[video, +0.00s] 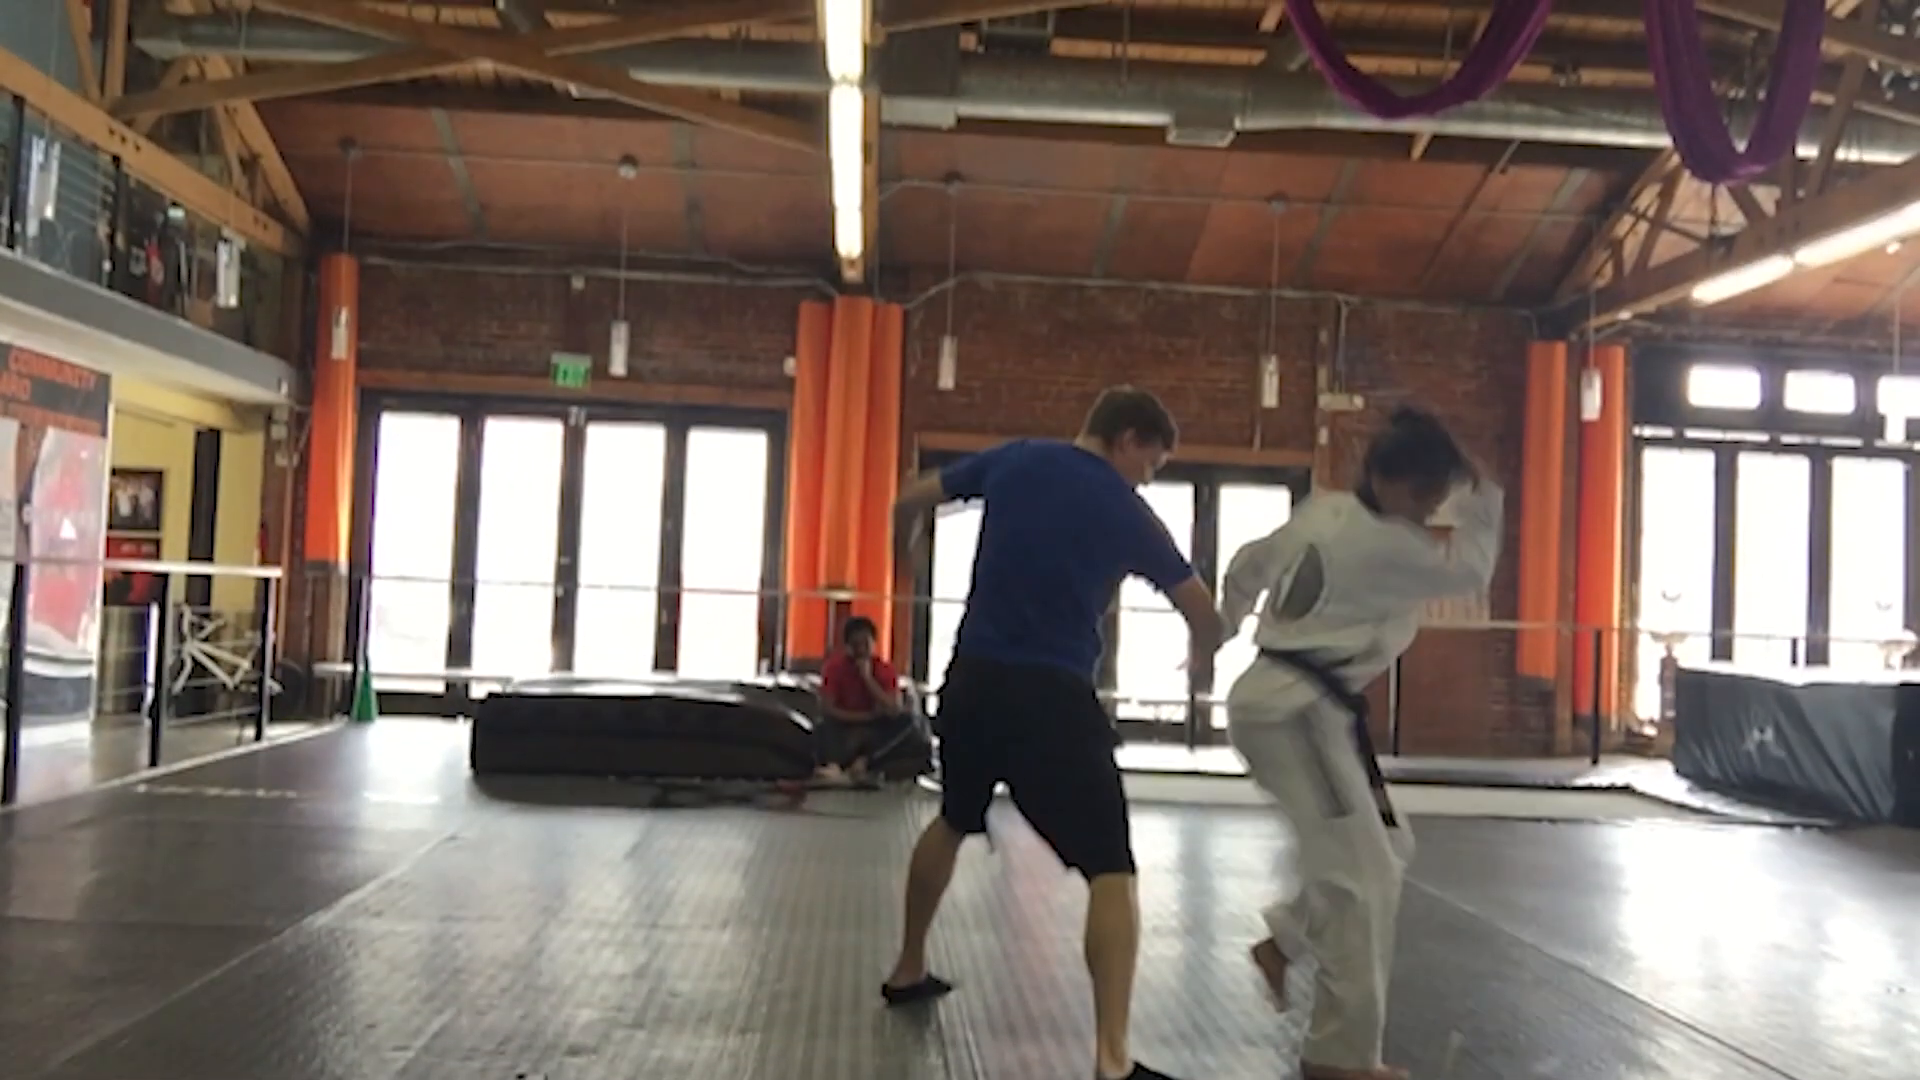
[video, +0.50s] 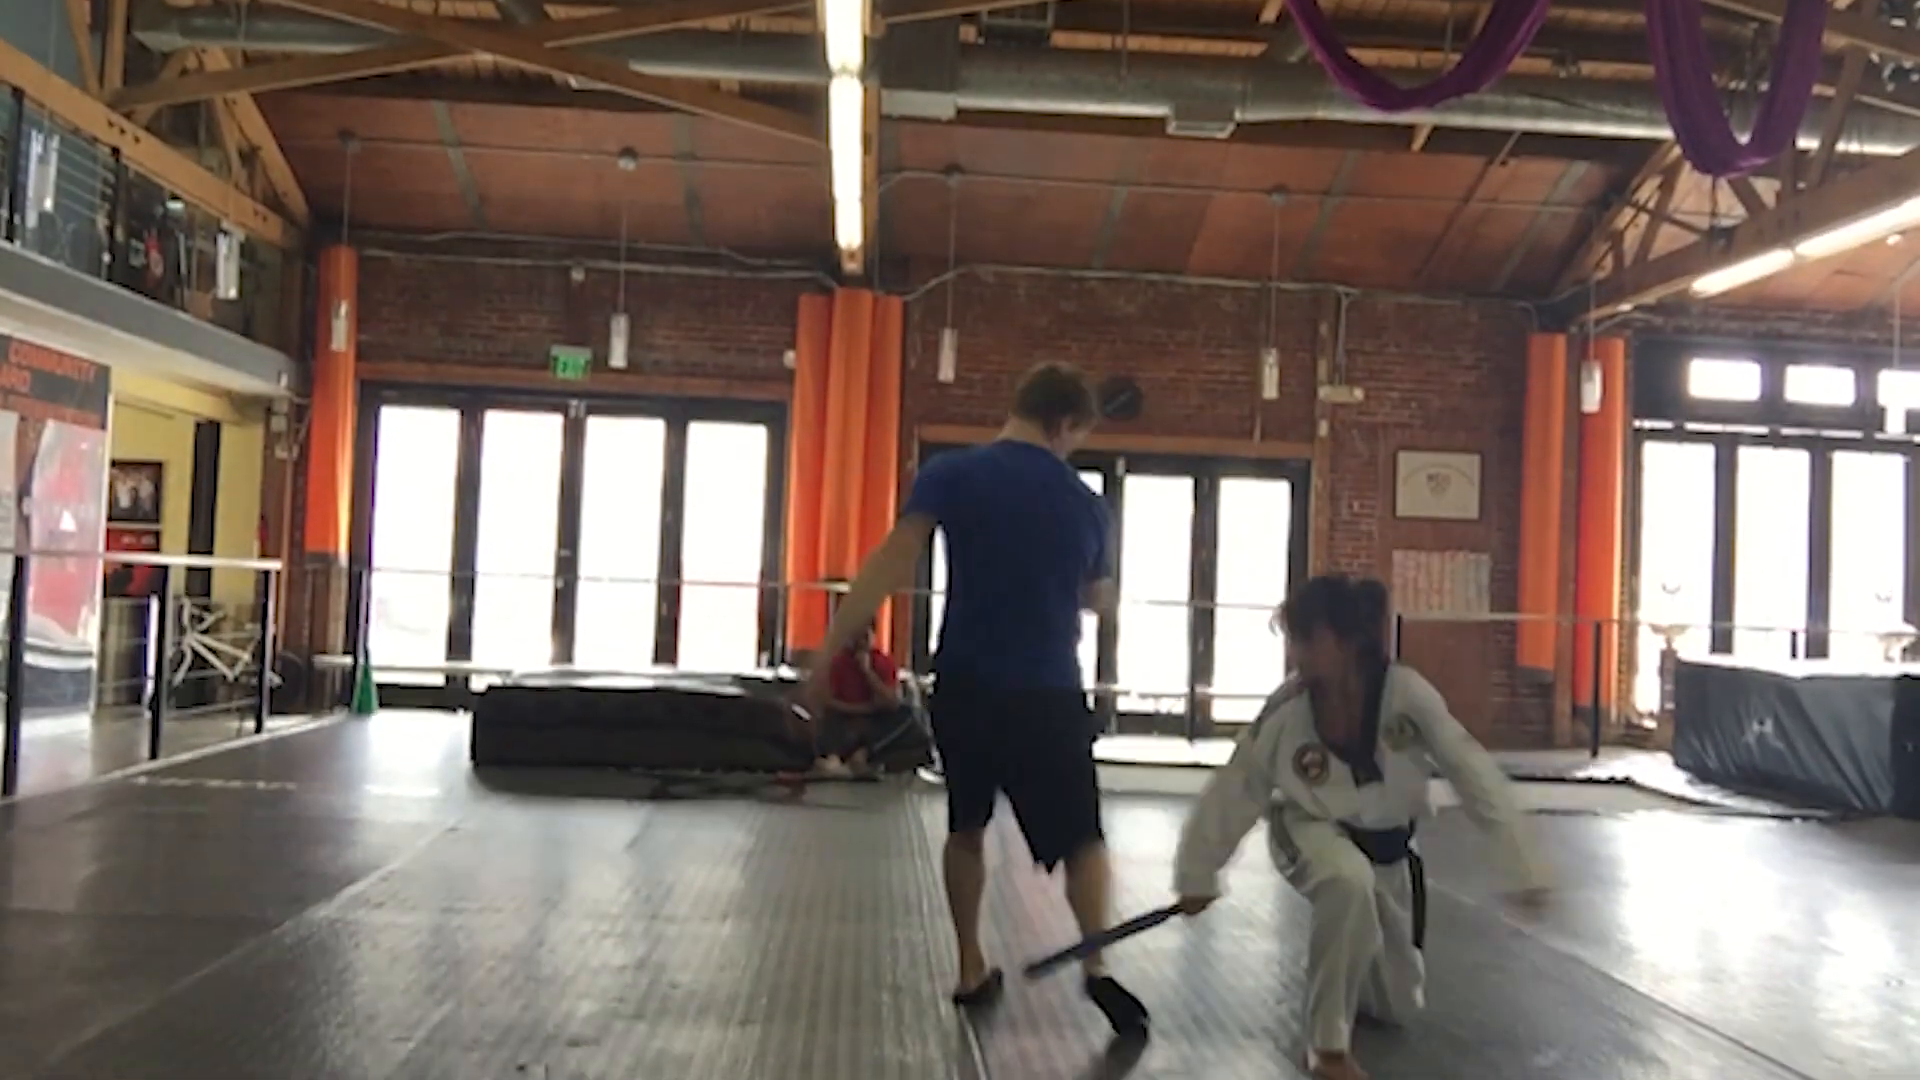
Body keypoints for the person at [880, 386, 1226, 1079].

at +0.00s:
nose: (1146, 481)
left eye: (1153, 470)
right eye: (1150, 466)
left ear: (1094, 430)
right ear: (1126, 440)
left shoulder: (1014, 457)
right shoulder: (1122, 506)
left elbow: (908, 500)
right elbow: (1204, 614)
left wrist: (903, 568)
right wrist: (1202, 660)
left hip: (971, 688)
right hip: (1056, 702)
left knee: (952, 818)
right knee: (1111, 872)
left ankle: (906, 969)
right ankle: (1113, 1060)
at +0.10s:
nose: (1145, 464)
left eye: (1149, 451)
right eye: (1148, 449)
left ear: (1087, 419)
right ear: (1125, 430)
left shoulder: (1009, 453)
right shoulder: (1130, 497)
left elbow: (906, 506)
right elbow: (1201, 587)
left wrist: (838, 581)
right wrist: (1187, 613)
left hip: (982, 685)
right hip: (1067, 698)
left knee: (963, 815)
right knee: (1110, 873)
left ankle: (913, 966)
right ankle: (1114, 1059)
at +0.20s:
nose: (1134, 446)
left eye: (1137, 435)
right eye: (1136, 434)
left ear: (1066, 415)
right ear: (1118, 428)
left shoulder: (1007, 455)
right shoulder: (1128, 501)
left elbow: (903, 488)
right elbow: (1203, 547)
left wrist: (803, 523)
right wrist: (1194, 571)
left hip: (986, 686)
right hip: (1074, 698)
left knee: (977, 804)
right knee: (1108, 879)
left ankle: (951, 951)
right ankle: (1123, 1062)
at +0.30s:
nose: (1123, 446)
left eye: (1125, 436)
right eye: (1124, 436)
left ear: (1055, 419)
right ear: (1105, 439)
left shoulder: (1012, 464)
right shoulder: (1101, 512)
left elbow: (955, 470)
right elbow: (1169, 539)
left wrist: (857, 471)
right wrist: (1177, 536)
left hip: (983, 696)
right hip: (1068, 700)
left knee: (977, 816)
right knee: (1111, 871)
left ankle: (974, 970)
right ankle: (1144, 1052)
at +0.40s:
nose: (1101, 459)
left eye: (1103, 450)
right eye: (1103, 449)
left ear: (1037, 421)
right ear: (1088, 446)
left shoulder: (993, 468)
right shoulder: (1085, 517)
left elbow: (946, 497)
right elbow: (1139, 572)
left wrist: (875, 531)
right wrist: (1124, 554)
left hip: (970, 697)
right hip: (1052, 706)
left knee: (965, 827)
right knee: (1106, 875)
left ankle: (972, 977)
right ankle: (1124, 1003)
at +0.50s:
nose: (1076, 443)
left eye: (1078, 434)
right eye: (1079, 433)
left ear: (1009, 412)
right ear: (1067, 427)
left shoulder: (950, 471)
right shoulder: (1084, 503)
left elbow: (896, 560)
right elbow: (1101, 600)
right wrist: (1044, 573)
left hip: (962, 693)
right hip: (1048, 699)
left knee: (965, 826)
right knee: (1082, 836)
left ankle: (970, 970)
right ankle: (1098, 963)